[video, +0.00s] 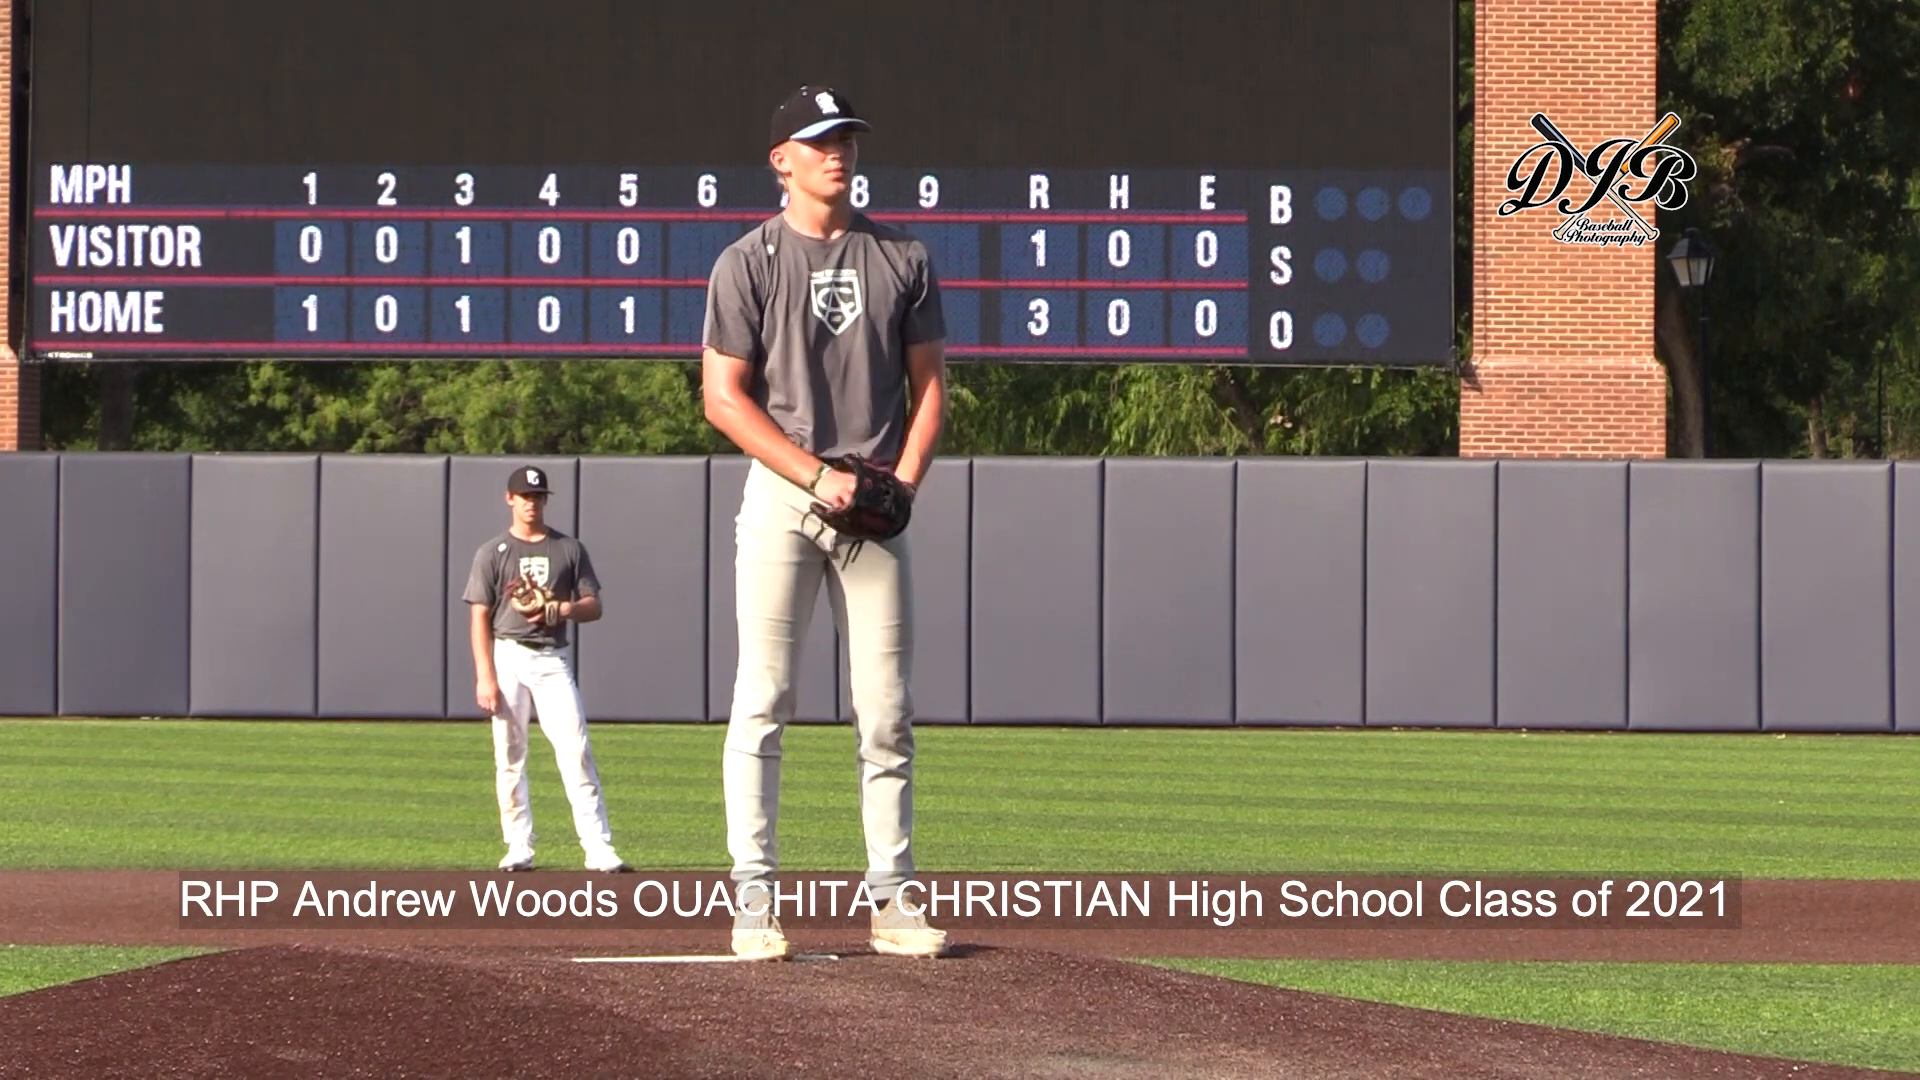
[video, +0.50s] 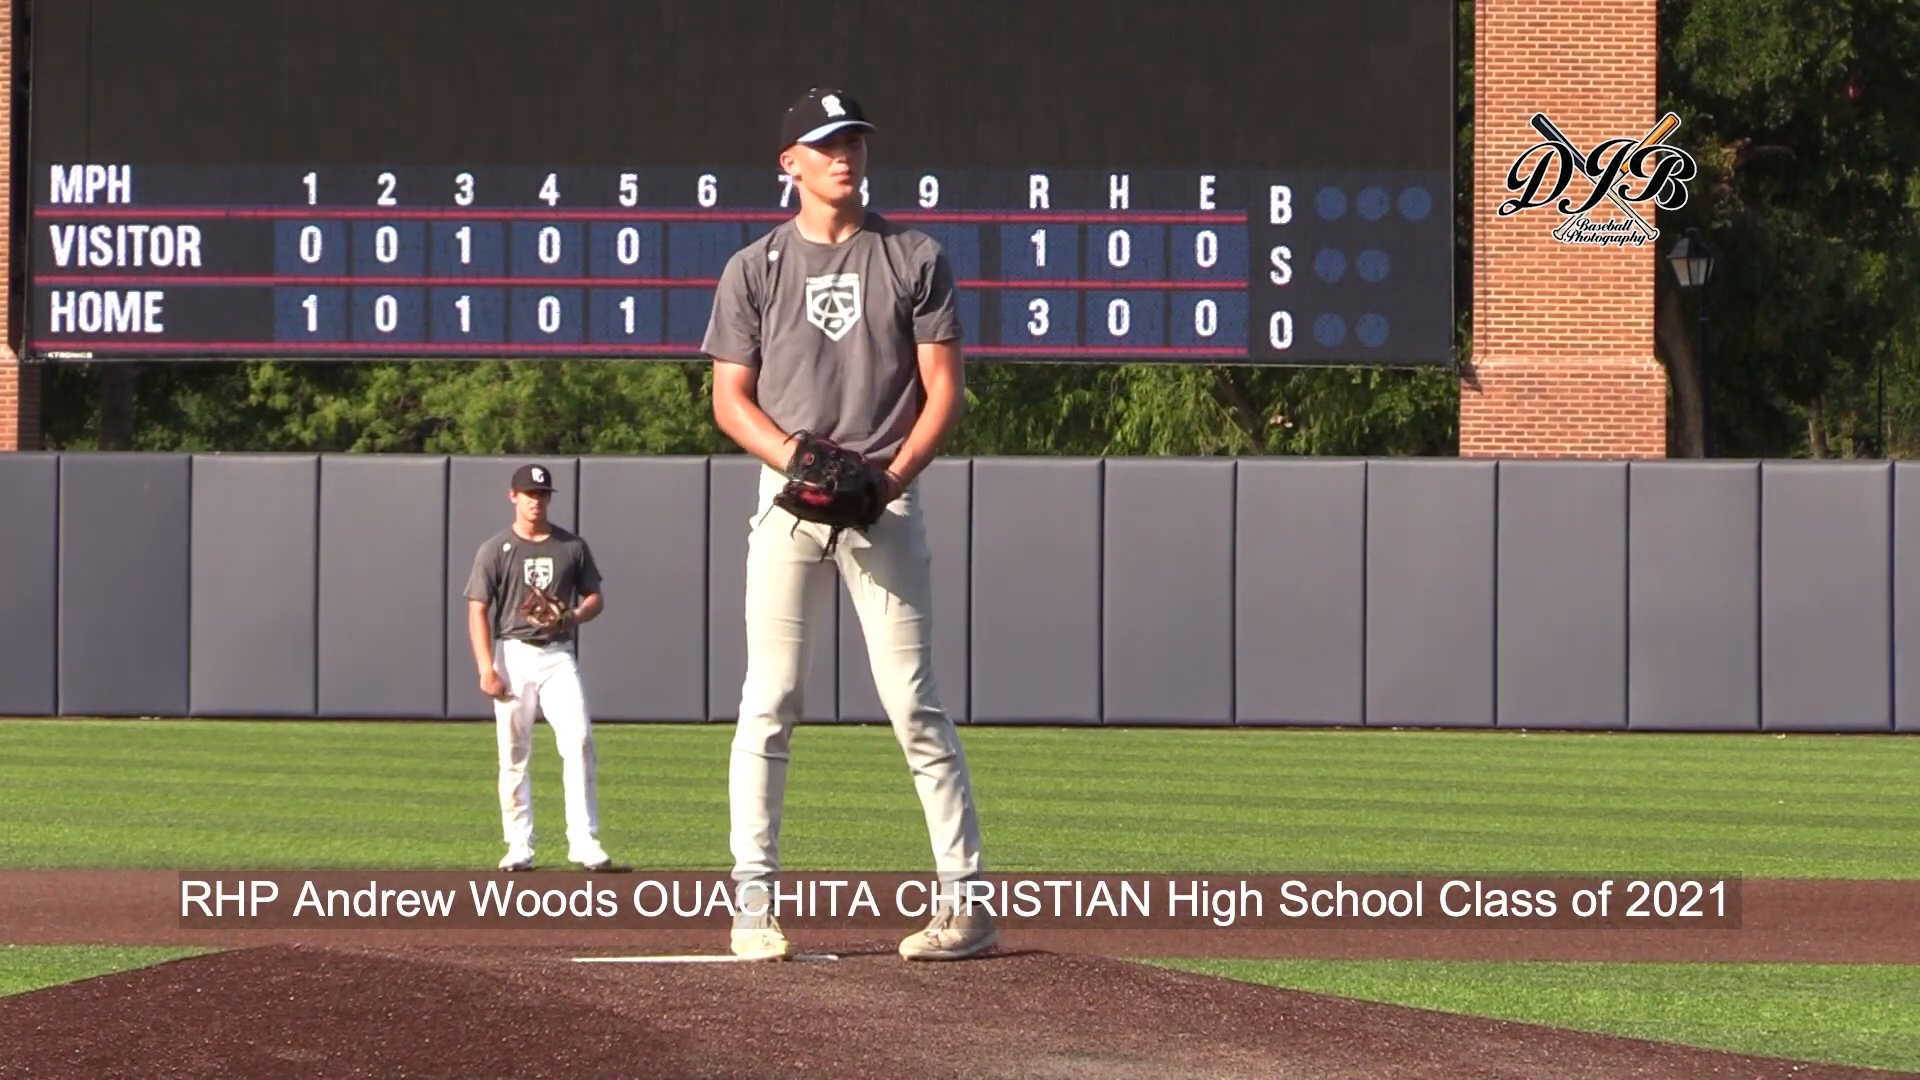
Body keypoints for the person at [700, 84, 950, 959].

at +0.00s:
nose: (839, 158)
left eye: (846, 144)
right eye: (821, 146)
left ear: (857, 157)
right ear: (782, 160)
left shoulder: (901, 259)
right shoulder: (745, 263)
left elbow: (931, 386)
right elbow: (721, 397)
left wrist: (901, 487)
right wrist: (816, 474)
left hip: (875, 502)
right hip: (778, 500)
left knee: (886, 710)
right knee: (764, 700)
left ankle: (892, 897)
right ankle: (754, 898)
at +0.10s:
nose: (832, 157)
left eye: (839, 143)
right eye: (814, 146)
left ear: (851, 156)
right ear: (777, 159)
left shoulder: (894, 259)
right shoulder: (740, 263)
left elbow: (925, 387)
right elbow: (713, 397)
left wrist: (893, 483)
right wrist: (805, 469)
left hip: (867, 503)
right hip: (772, 502)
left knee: (893, 702)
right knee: (762, 699)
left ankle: (896, 897)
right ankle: (752, 900)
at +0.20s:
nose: (829, 158)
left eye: (837, 144)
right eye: (811, 146)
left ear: (849, 156)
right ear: (773, 160)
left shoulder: (892, 260)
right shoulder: (734, 263)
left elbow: (921, 392)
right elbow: (707, 397)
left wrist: (884, 483)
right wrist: (795, 465)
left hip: (866, 501)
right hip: (769, 501)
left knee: (900, 693)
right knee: (761, 698)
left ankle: (906, 884)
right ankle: (752, 899)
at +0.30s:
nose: (830, 159)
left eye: (837, 145)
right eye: (812, 147)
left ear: (849, 157)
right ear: (775, 161)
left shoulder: (894, 261)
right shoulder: (733, 266)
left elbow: (923, 392)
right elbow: (708, 398)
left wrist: (882, 478)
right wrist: (794, 464)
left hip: (867, 503)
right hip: (769, 503)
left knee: (900, 697)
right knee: (761, 700)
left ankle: (929, 893)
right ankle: (753, 902)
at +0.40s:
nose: (835, 160)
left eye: (843, 146)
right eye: (817, 147)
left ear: (854, 157)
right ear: (780, 162)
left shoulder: (901, 260)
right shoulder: (740, 266)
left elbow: (931, 390)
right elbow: (715, 398)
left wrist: (885, 478)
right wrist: (792, 460)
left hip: (872, 504)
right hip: (776, 505)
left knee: (898, 703)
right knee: (763, 703)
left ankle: (958, 898)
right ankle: (754, 903)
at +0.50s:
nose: (845, 160)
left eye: (853, 146)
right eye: (826, 148)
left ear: (867, 158)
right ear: (791, 163)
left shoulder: (914, 258)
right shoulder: (752, 269)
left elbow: (944, 389)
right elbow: (729, 399)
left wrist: (889, 477)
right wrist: (797, 460)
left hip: (884, 507)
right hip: (785, 509)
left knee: (913, 709)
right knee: (769, 705)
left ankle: (964, 902)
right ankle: (755, 902)